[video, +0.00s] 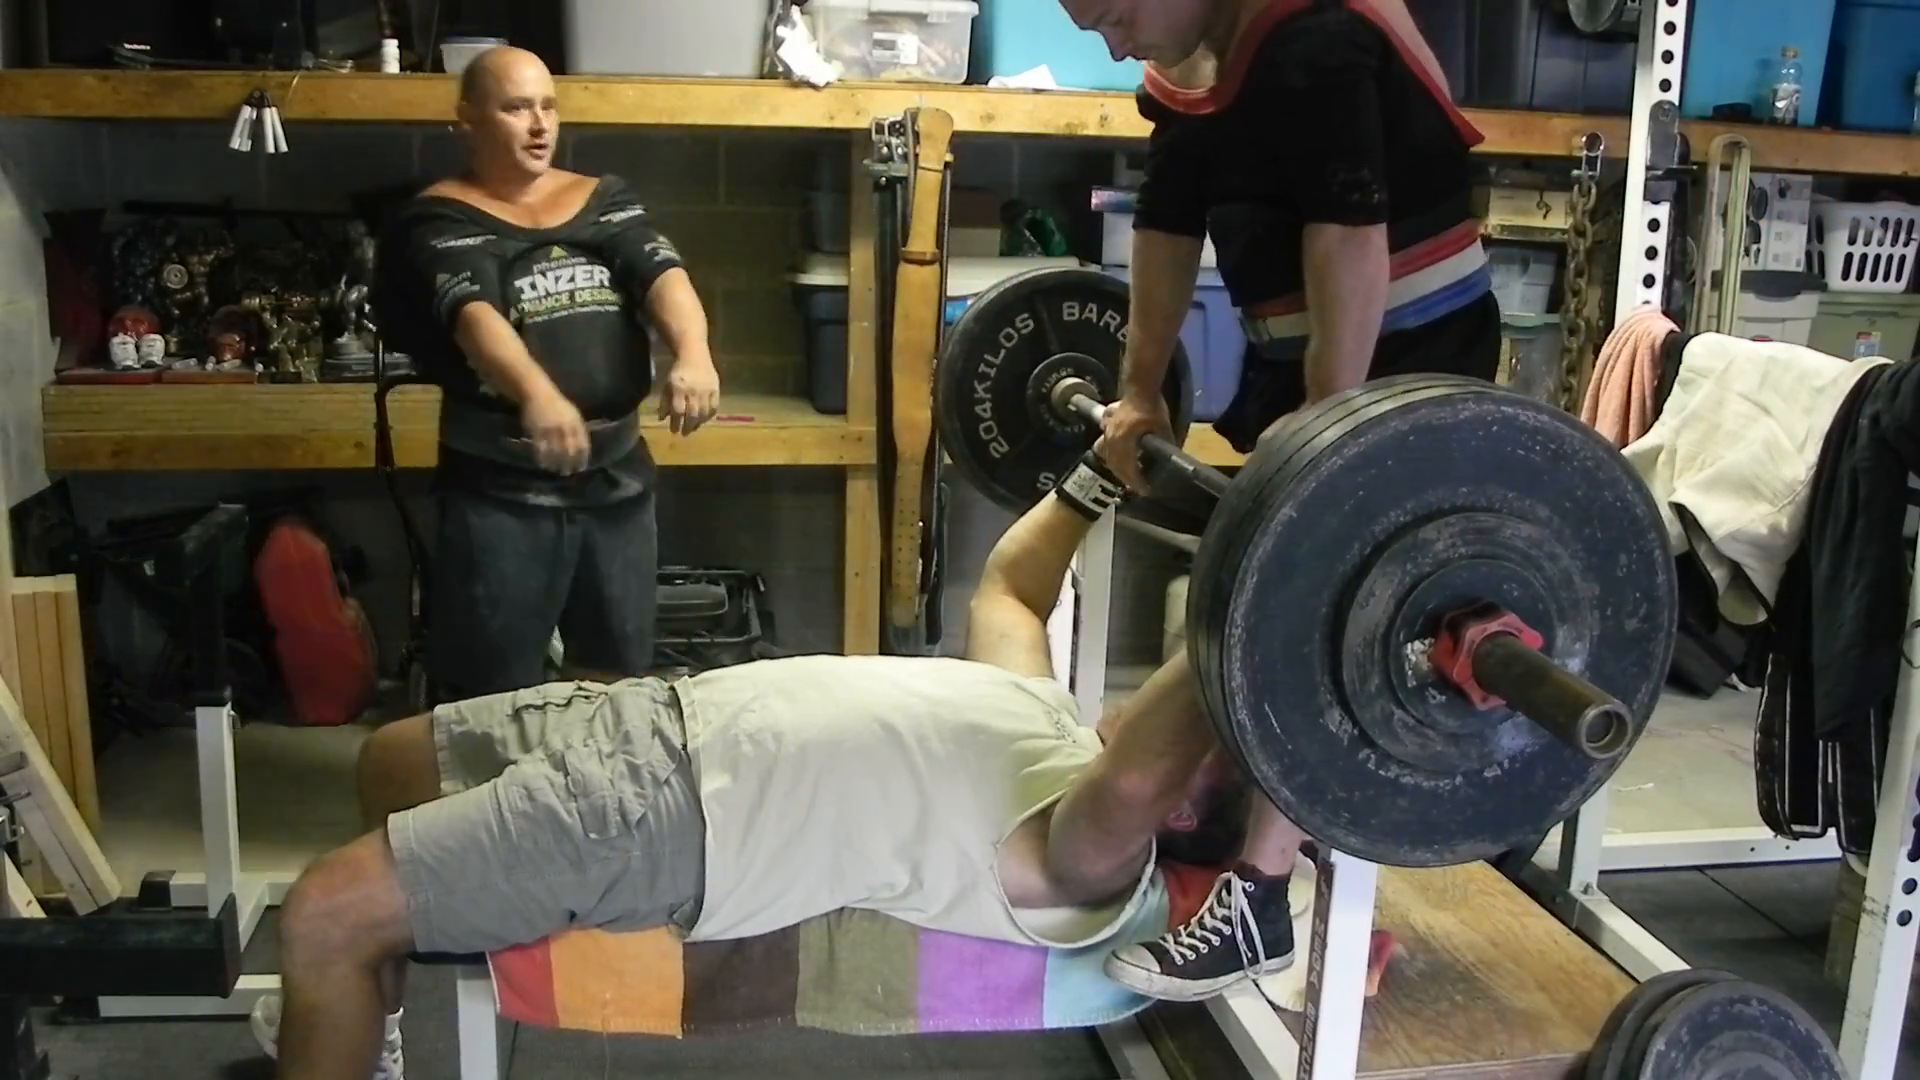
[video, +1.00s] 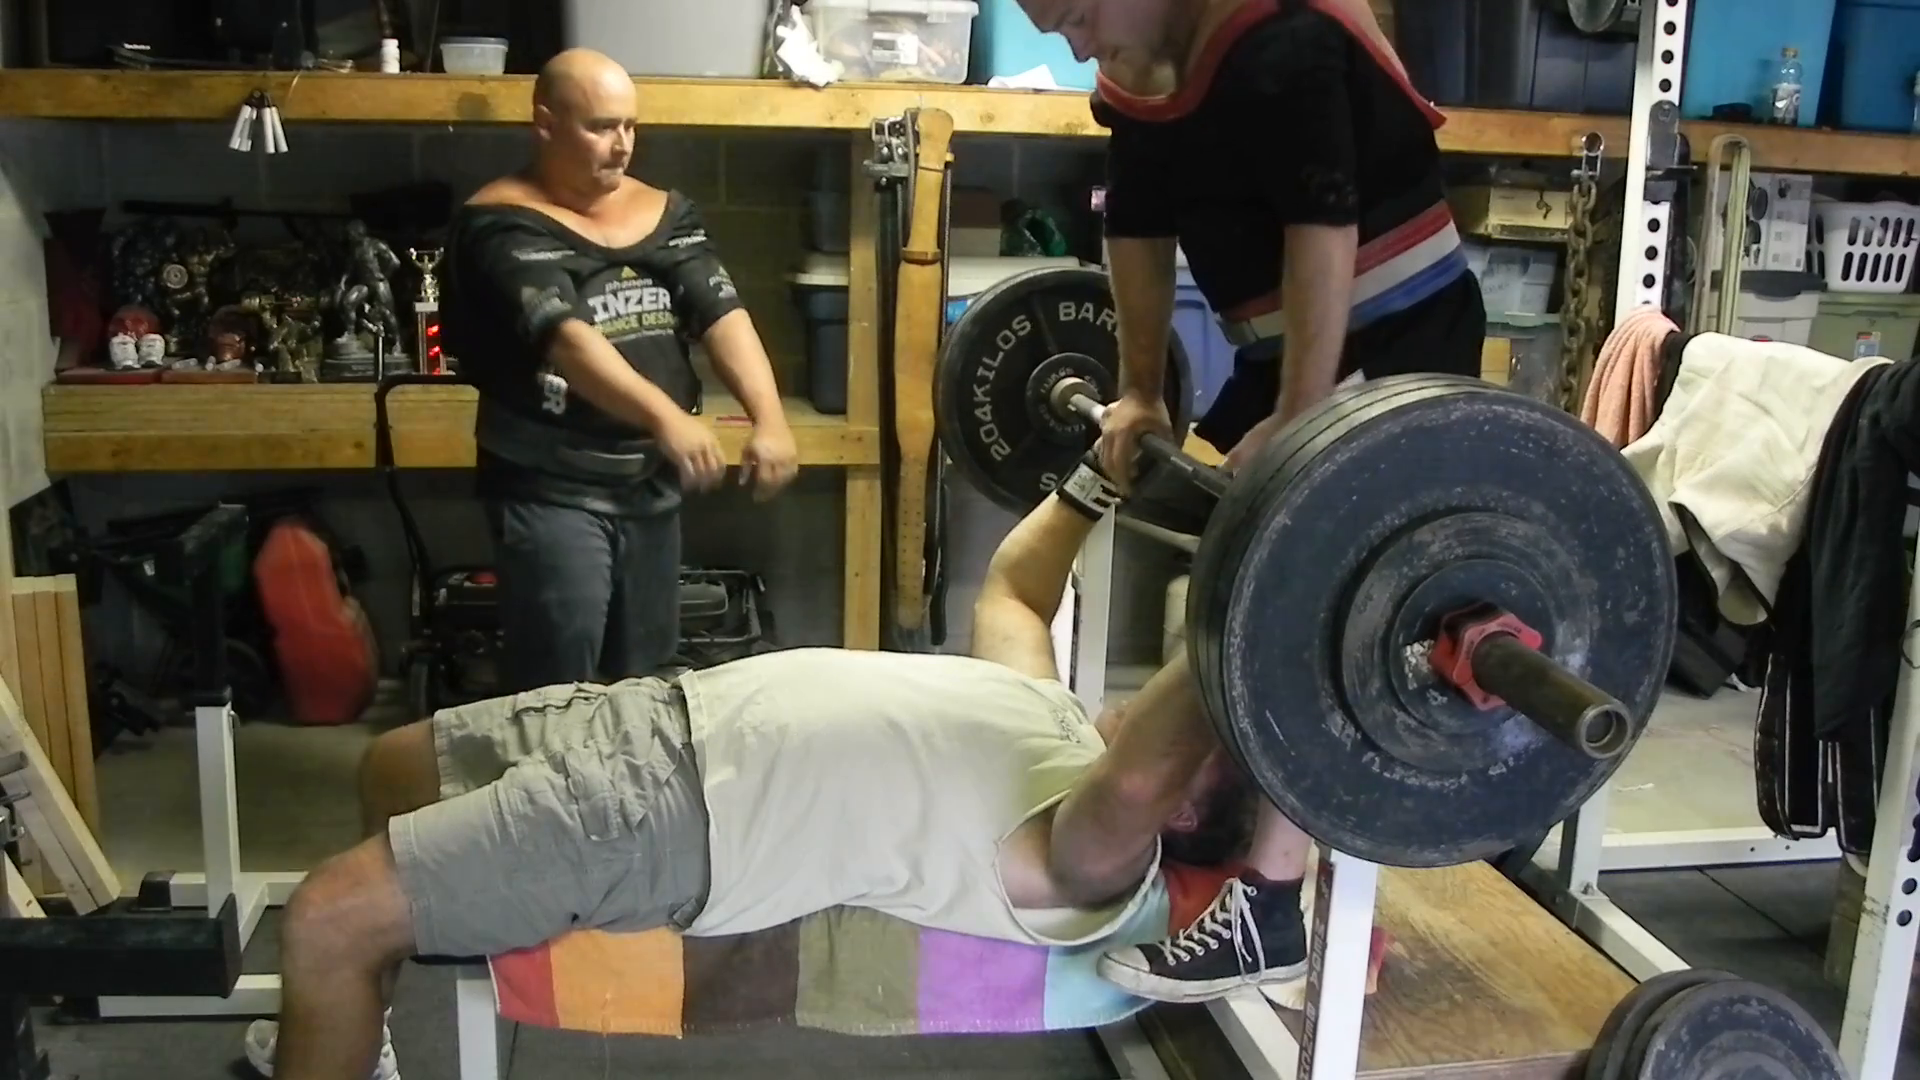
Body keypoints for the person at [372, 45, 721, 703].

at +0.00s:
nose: (541, 123)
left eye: (548, 107)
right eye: (519, 108)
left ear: (559, 111)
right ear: (469, 118)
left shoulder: (604, 197)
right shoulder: (438, 215)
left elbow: (661, 272)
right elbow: (470, 313)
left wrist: (694, 352)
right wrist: (537, 391)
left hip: (616, 494)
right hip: (500, 498)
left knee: (623, 696)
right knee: (493, 707)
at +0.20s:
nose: (568, 133)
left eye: (580, 116)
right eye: (549, 118)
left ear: (593, 118)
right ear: (509, 122)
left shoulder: (641, 202)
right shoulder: (469, 212)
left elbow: (679, 295)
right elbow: (479, 327)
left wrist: (686, 391)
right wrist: (523, 428)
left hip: (635, 482)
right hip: (514, 486)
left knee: (620, 672)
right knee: (504, 677)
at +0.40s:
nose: (584, 133)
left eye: (596, 115)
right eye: (565, 118)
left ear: (612, 116)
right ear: (529, 120)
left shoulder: (662, 199)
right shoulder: (487, 205)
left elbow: (687, 306)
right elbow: (491, 320)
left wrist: (669, 416)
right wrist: (527, 422)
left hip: (640, 465)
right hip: (524, 467)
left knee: (621, 659)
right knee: (520, 665)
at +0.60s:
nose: (595, 130)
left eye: (608, 113)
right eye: (576, 114)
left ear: (622, 117)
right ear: (538, 119)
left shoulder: (673, 201)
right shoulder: (499, 205)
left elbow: (705, 300)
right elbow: (508, 310)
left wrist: (702, 401)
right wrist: (556, 401)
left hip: (650, 479)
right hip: (531, 479)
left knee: (625, 662)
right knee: (526, 668)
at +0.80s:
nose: (615, 134)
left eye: (625, 116)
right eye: (596, 117)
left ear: (637, 118)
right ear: (548, 117)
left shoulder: (671, 205)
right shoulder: (503, 204)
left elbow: (718, 293)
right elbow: (529, 308)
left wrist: (747, 388)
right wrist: (619, 381)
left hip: (651, 479)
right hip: (541, 480)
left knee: (639, 674)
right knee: (546, 679)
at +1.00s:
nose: (623, 142)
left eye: (630, 124)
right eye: (603, 126)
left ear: (636, 120)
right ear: (545, 123)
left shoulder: (663, 210)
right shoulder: (501, 216)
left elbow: (721, 312)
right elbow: (560, 335)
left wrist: (770, 418)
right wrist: (666, 415)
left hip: (654, 494)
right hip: (554, 497)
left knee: (646, 696)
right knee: (559, 703)